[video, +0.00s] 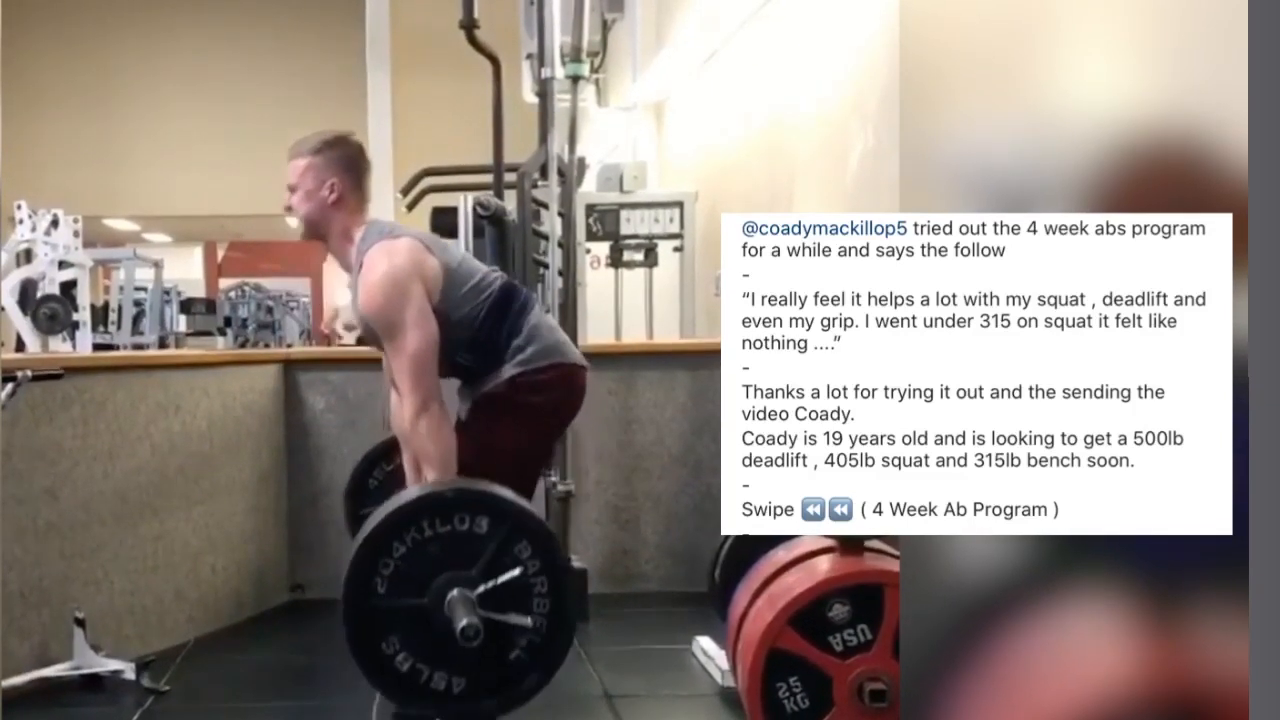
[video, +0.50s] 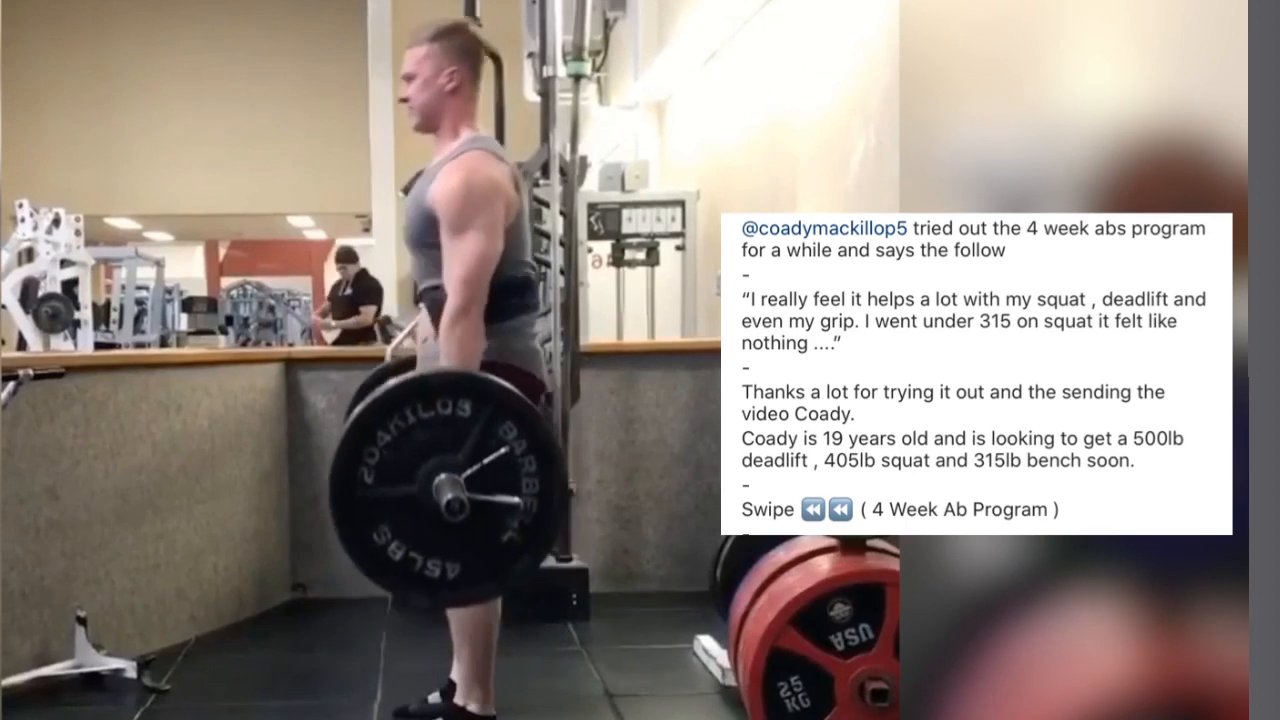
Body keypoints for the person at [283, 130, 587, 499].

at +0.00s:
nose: (287, 204)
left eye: (294, 190)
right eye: (288, 191)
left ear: (331, 191)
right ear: (329, 193)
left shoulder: (389, 270)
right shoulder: (371, 269)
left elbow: (424, 406)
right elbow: (401, 394)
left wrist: (448, 520)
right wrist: (417, 505)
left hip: (537, 372)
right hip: (509, 374)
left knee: (472, 513)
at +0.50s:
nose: (401, 91)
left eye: (410, 77)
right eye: (402, 78)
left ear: (453, 80)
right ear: (449, 83)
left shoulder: (472, 172)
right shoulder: (453, 165)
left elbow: (468, 307)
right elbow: (449, 291)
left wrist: (450, 425)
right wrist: (420, 337)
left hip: (494, 372)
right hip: (479, 365)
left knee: (470, 533)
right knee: (463, 530)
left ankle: (474, 701)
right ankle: (465, 689)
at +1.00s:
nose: (447, 90)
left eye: (458, 76)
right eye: (448, 77)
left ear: (500, 80)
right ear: (501, 83)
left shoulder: (509, 169)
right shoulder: (499, 162)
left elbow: (480, 304)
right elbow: (473, 293)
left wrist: (454, 414)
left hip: (483, 364)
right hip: (483, 358)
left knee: (466, 540)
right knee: (464, 537)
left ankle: (474, 702)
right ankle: (465, 690)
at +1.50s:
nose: (442, 90)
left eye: (452, 76)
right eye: (443, 77)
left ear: (491, 78)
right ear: (493, 81)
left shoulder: (504, 172)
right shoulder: (494, 164)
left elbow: (478, 306)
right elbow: (470, 297)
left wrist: (452, 415)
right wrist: (445, 413)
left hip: (481, 371)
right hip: (482, 366)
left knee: (465, 541)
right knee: (464, 538)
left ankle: (476, 702)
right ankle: (468, 691)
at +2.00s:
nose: (321, 137)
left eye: (329, 124)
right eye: (322, 124)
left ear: (368, 128)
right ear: (369, 131)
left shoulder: (411, 216)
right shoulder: (391, 211)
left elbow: (431, 354)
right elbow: (408, 348)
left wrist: (439, 475)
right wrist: (421, 460)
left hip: (513, 377)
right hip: (481, 374)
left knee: (463, 529)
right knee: (455, 525)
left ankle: (476, 701)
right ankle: (467, 694)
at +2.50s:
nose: (252, 298)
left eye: (259, 285)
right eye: (251, 286)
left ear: (296, 282)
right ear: (298, 284)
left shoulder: (371, 346)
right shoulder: (355, 340)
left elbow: (422, 473)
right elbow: (399, 465)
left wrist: (447, 589)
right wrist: (427, 580)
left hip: (546, 384)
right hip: (523, 385)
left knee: (460, 538)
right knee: (469, 538)